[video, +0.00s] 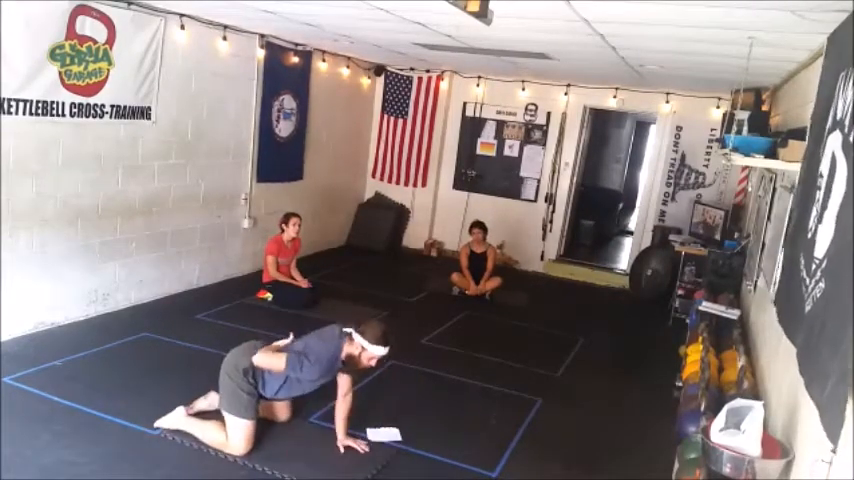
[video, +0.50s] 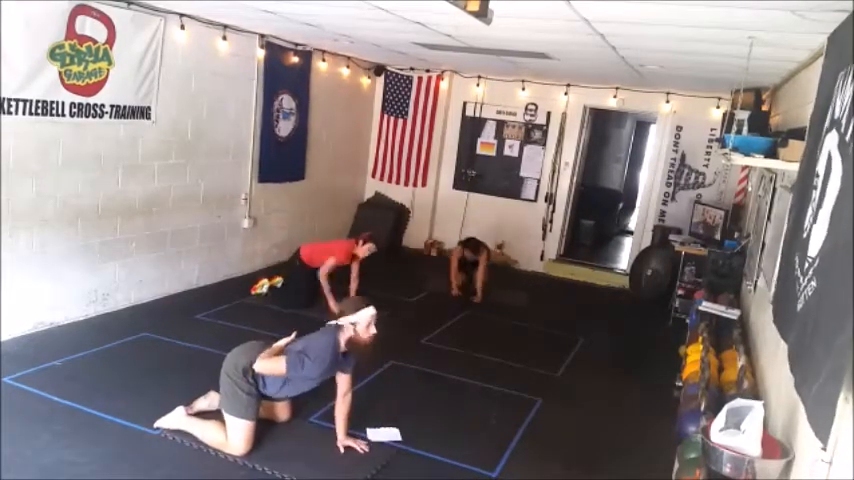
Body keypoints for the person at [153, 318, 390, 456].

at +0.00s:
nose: (375, 363)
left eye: (379, 358)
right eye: (374, 356)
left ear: (362, 342)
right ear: (359, 347)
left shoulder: (347, 344)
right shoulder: (314, 362)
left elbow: (344, 393)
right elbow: (257, 358)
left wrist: (342, 436)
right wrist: (277, 345)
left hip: (271, 364)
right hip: (243, 367)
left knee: (281, 413)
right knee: (238, 445)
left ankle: (217, 402)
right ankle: (181, 420)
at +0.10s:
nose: (365, 372)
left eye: (370, 370)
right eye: (366, 367)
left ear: (363, 347)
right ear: (361, 352)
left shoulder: (350, 347)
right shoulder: (317, 352)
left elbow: (344, 394)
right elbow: (257, 355)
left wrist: (341, 436)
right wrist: (285, 346)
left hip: (270, 365)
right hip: (242, 366)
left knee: (281, 413)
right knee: (238, 445)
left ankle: (219, 402)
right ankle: (180, 420)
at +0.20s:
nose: (354, 379)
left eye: (358, 377)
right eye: (357, 375)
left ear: (364, 355)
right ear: (358, 365)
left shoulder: (349, 336)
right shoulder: (314, 357)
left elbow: (346, 391)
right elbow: (258, 351)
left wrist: (342, 436)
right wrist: (277, 337)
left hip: (273, 364)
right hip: (244, 367)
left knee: (282, 413)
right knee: (238, 445)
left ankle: (218, 402)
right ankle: (181, 420)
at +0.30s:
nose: (356, 375)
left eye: (360, 373)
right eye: (359, 372)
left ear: (365, 351)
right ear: (359, 362)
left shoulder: (350, 335)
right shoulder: (314, 357)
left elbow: (346, 391)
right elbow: (257, 352)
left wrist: (342, 436)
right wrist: (276, 338)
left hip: (272, 364)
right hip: (244, 368)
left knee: (281, 413)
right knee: (238, 445)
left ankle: (218, 402)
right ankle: (182, 420)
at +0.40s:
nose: (380, 355)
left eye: (383, 350)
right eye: (379, 349)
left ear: (362, 336)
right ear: (365, 343)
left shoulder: (349, 339)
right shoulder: (318, 364)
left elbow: (345, 393)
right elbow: (260, 362)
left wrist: (342, 436)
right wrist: (280, 343)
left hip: (269, 360)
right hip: (244, 369)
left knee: (282, 412)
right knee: (238, 445)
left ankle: (217, 402)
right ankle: (182, 420)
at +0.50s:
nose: (374, 330)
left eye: (374, 323)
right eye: (371, 323)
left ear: (353, 322)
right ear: (354, 323)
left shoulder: (345, 348)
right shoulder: (320, 354)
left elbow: (344, 393)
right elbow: (260, 365)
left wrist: (343, 437)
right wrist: (282, 344)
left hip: (266, 358)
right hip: (241, 368)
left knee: (281, 410)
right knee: (237, 446)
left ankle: (217, 402)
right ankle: (180, 419)